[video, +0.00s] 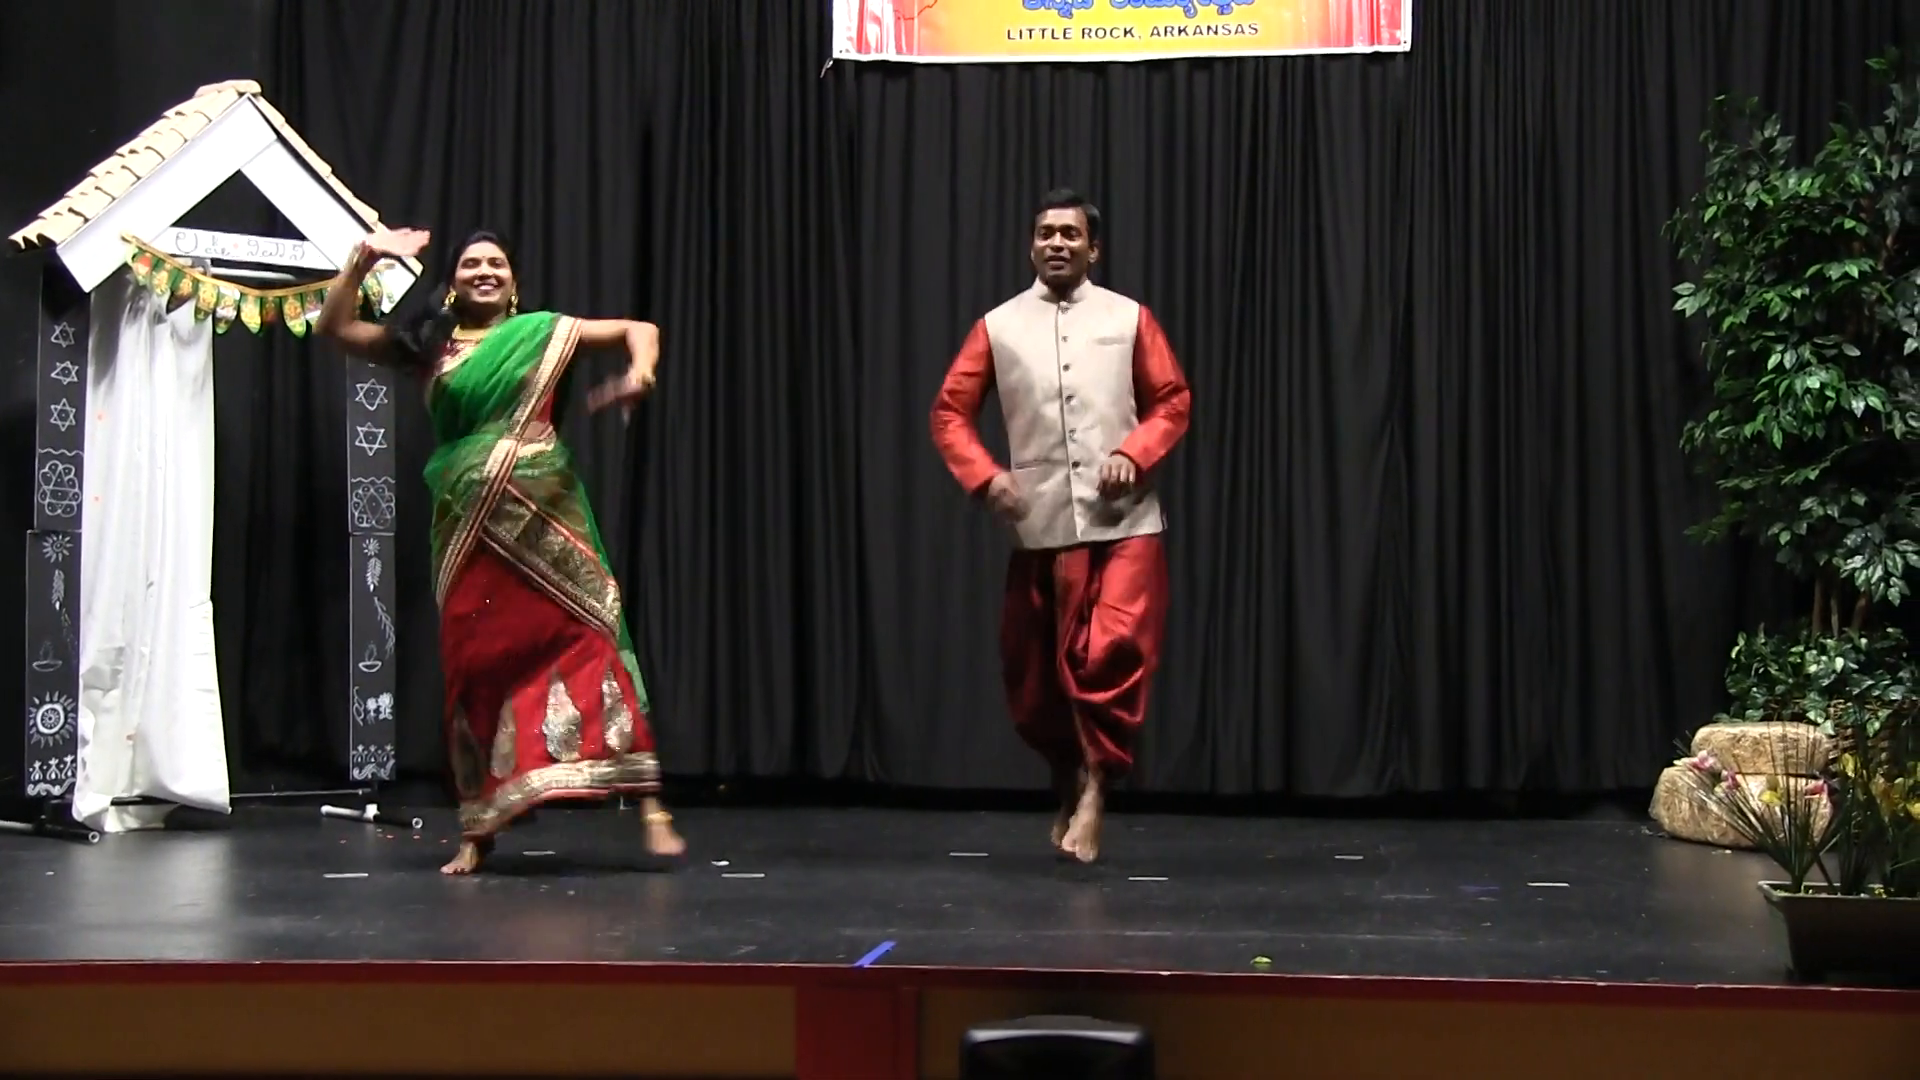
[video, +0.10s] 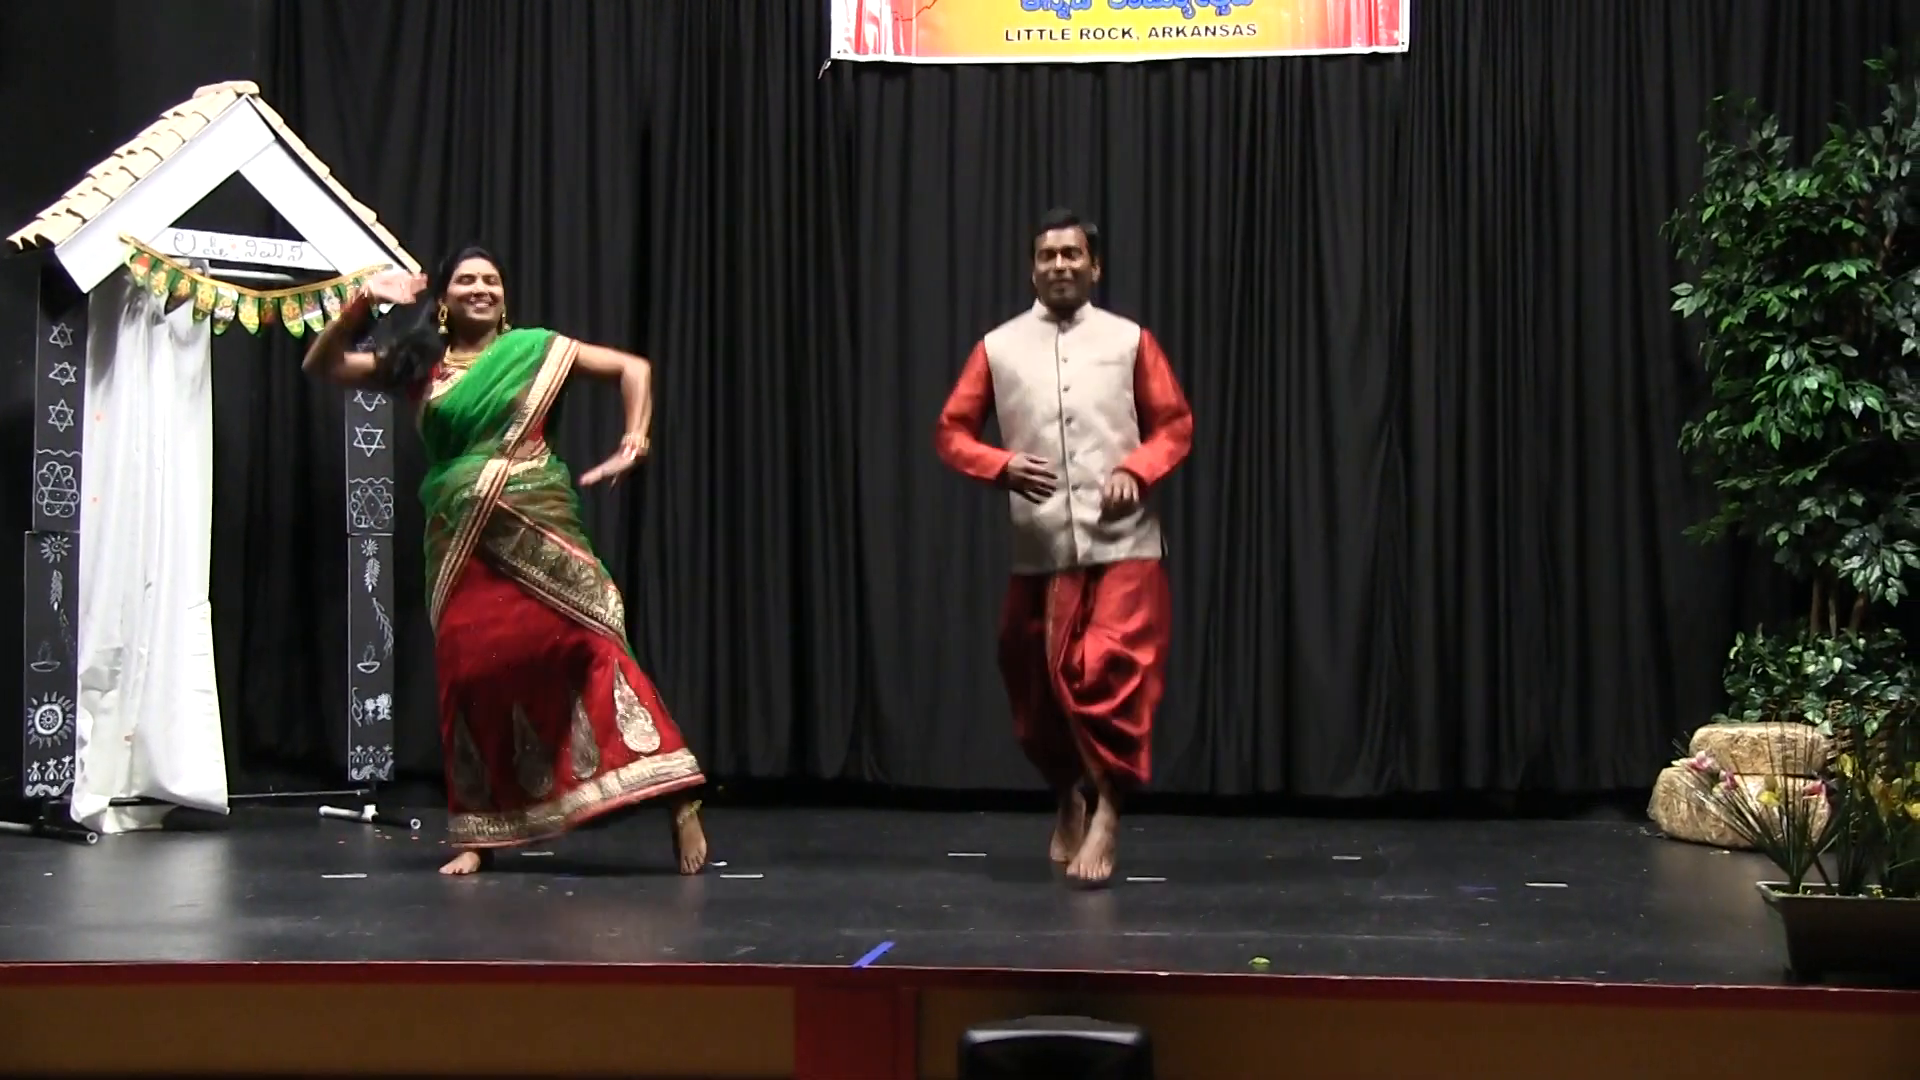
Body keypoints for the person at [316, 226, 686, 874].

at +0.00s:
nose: (484, 272)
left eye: (495, 264)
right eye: (471, 264)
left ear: (514, 281)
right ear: (450, 282)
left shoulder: (543, 329)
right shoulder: (430, 344)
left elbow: (641, 329)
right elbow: (335, 328)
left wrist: (639, 370)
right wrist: (361, 258)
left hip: (551, 510)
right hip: (468, 519)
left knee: (605, 643)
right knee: (467, 667)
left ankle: (652, 809)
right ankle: (475, 834)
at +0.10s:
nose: (480, 289)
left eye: (490, 281)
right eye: (467, 281)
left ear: (504, 294)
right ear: (442, 297)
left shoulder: (534, 346)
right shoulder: (418, 363)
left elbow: (634, 368)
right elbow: (321, 368)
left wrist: (634, 438)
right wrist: (362, 301)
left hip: (542, 527)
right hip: (461, 536)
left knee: (602, 657)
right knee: (461, 675)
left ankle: (682, 802)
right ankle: (472, 837)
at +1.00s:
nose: (474, 316)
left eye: (478, 309)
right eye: (458, 308)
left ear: (488, 322)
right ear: (426, 326)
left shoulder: (519, 369)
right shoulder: (409, 396)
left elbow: (608, 419)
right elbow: (313, 424)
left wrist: (589, 503)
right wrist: (341, 356)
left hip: (531, 549)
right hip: (451, 558)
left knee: (573, 671)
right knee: (440, 689)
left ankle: (685, 798)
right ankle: (461, 821)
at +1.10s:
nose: (470, 310)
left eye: (477, 302)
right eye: (454, 303)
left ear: (491, 317)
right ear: (430, 323)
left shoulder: (528, 369)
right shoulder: (415, 393)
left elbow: (620, 415)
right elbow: (335, 451)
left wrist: (630, 499)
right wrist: (297, 389)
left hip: (531, 550)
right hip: (450, 557)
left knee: (569, 678)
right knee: (443, 687)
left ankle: (682, 803)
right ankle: (458, 828)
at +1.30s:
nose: (464, 300)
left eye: (476, 294)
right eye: (451, 296)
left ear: (497, 317)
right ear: (436, 322)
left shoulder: (530, 370)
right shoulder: (412, 389)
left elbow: (611, 436)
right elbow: (346, 463)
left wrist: (651, 518)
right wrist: (270, 490)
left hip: (533, 550)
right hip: (452, 560)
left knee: (584, 677)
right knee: (447, 686)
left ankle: (688, 802)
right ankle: (463, 828)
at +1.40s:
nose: (462, 302)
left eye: (474, 294)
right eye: (451, 294)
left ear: (497, 311)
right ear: (436, 312)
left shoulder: (527, 374)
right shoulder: (414, 382)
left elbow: (572, 456)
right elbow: (372, 468)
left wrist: (556, 539)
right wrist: (362, 517)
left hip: (525, 551)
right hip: (447, 557)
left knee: (581, 674)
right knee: (445, 678)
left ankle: (684, 800)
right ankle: (457, 821)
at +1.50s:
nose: (463, 305)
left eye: (475, 297)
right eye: (453, 297)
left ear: (499, 315)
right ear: (437, 315)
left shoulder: (528, 376)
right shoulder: (420, 384)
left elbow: (522, 446)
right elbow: (389, 453)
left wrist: (452, 422)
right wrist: (418, 430)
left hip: (524, 547)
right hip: (447, 555)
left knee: (583, 664)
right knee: (444, 682)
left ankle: (671, 797)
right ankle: (463, 822)